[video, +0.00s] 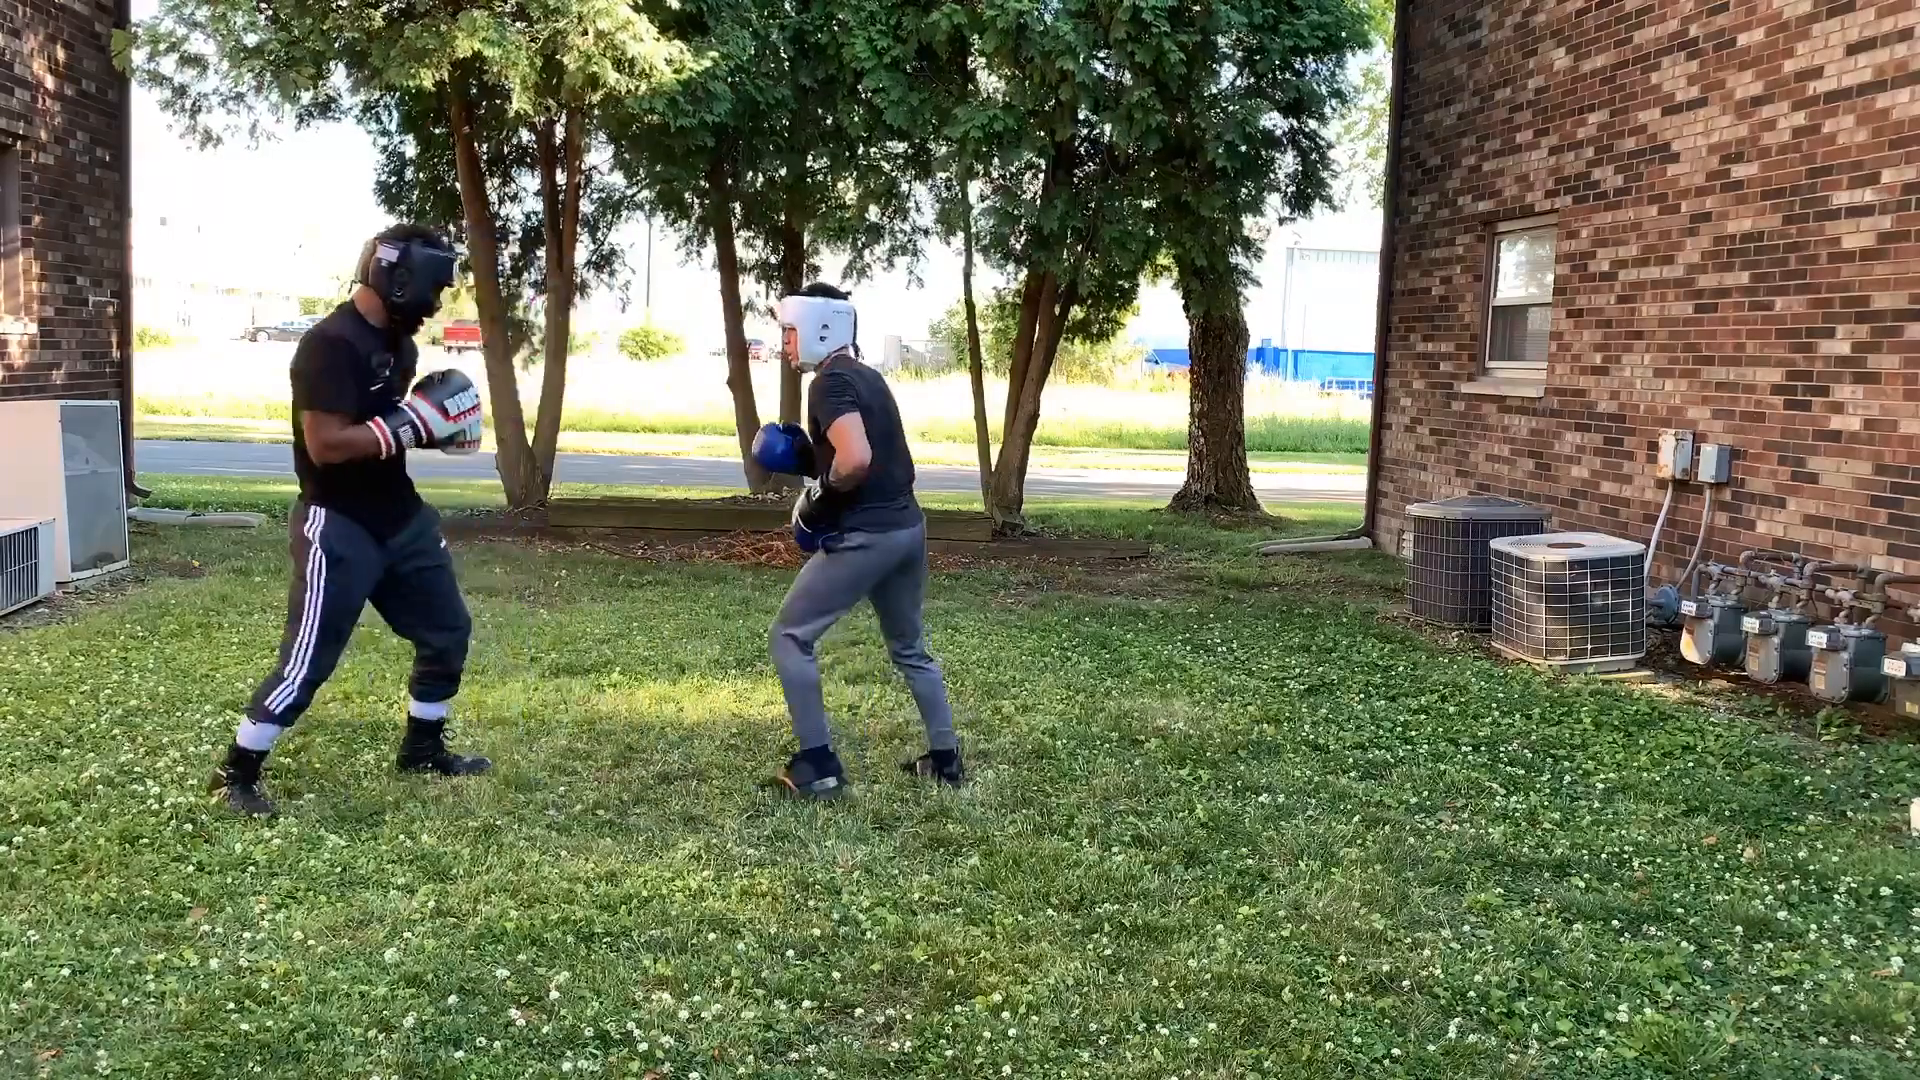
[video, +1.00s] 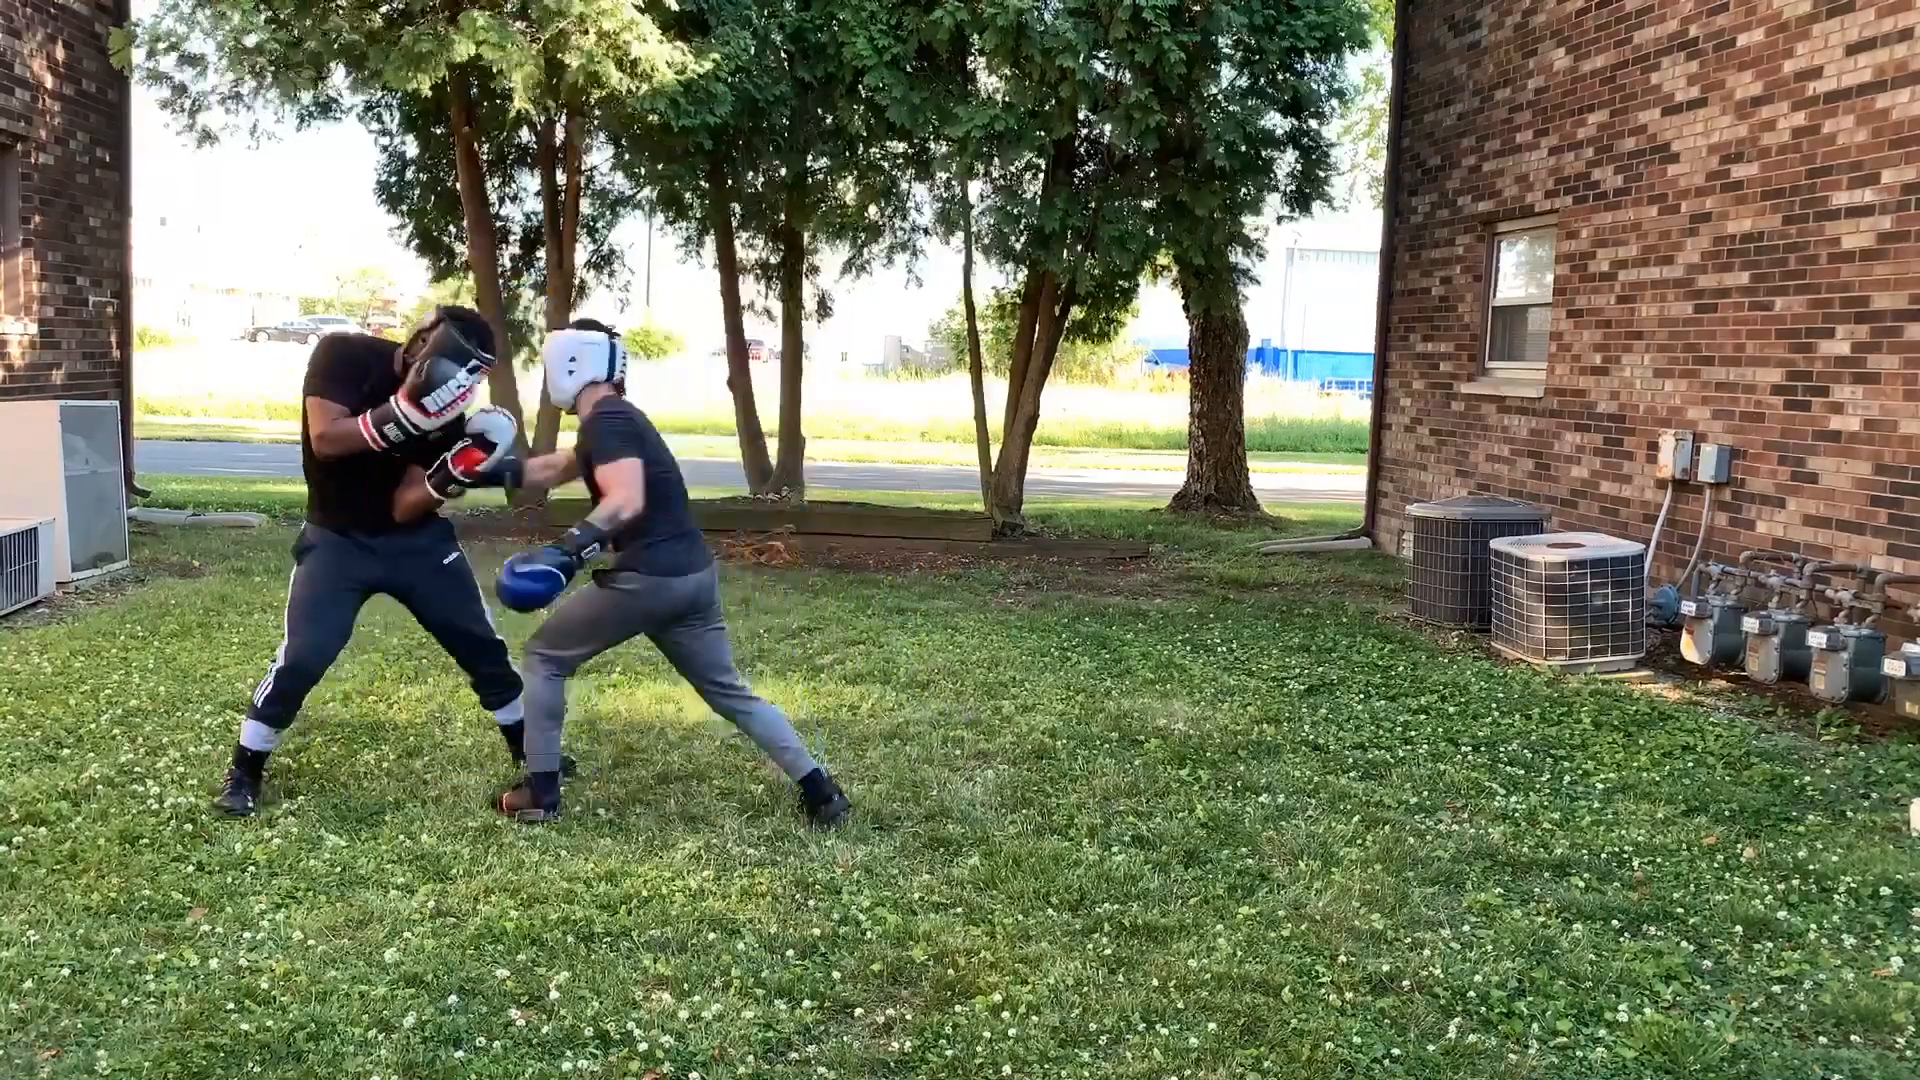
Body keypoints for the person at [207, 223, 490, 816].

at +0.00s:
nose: (431, 302)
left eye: (435, 291)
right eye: (426, 289)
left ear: (393, 281)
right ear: (394, 281)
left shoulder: (398, 344)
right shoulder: (329, 345)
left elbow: (375, 424)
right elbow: (324, 444)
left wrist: (431, 429)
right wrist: (411, 422)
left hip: (396, 512)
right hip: (334, 517)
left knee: (446, 629)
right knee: (309, 657)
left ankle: (423, 748)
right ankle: (240, 772)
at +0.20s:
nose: (419, 295)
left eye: (424, 283)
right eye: (415, 281)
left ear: (382, 268)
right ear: (384, 269)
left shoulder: (383, 324)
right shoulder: (316, 326)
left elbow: (371, 402)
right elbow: (328, 422)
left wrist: (424, 380)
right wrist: (404, 386)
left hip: (390, 503)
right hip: (326, 510)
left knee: (450, 616)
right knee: (295, 644)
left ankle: (446, 731)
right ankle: (235, 769)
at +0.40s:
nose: (438, 349)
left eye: (444, 341)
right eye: (437, 338)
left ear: (416, 316)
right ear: (413, 318)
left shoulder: (408, 344)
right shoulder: (354, 345)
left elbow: (438, 434)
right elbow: (415, 433)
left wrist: (482, 364)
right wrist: (469, 370)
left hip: (400, 515)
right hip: (339, 523)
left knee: (474, 627)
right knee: (317, 659)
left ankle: (512, 734)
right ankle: (237, 772)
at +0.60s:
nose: (467, 338)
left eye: (470, 329)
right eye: (462, 327)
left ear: (439, 325)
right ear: (432, 322)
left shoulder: (443, 362)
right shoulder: (385, 377)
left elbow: (515, 413)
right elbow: (467, 447)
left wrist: (511, 342)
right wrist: (495, 372)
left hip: (454, 540)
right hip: (389, 552)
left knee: (527, 641)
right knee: (348, 678)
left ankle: (538, 748)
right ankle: (251, 773)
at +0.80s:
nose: (480, 360)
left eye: (487, 350)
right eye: (473, 346)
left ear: (494, 349)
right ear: (443, 333)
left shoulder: (469, 379)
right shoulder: (367, 367)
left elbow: (456, 479)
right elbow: (395, 453)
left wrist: (498, 408)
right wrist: (460, 400)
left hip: (460, 533)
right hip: (381, 545)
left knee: (518, 639)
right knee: (346, 664)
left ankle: (539, 748)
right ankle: (259, 773)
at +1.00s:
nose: (442, 388)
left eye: (457, 382)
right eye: (439, 371)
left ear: (470, 381)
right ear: (420, 347)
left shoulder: (451, 417)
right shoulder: (342, 354)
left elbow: (405, 507)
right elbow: (324, 441)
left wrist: (450, 473)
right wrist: (401, 417)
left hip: (422, 545)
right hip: (337, 545)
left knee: (483, 650)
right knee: (304, 659)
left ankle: (533, 760)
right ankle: (246, 769)